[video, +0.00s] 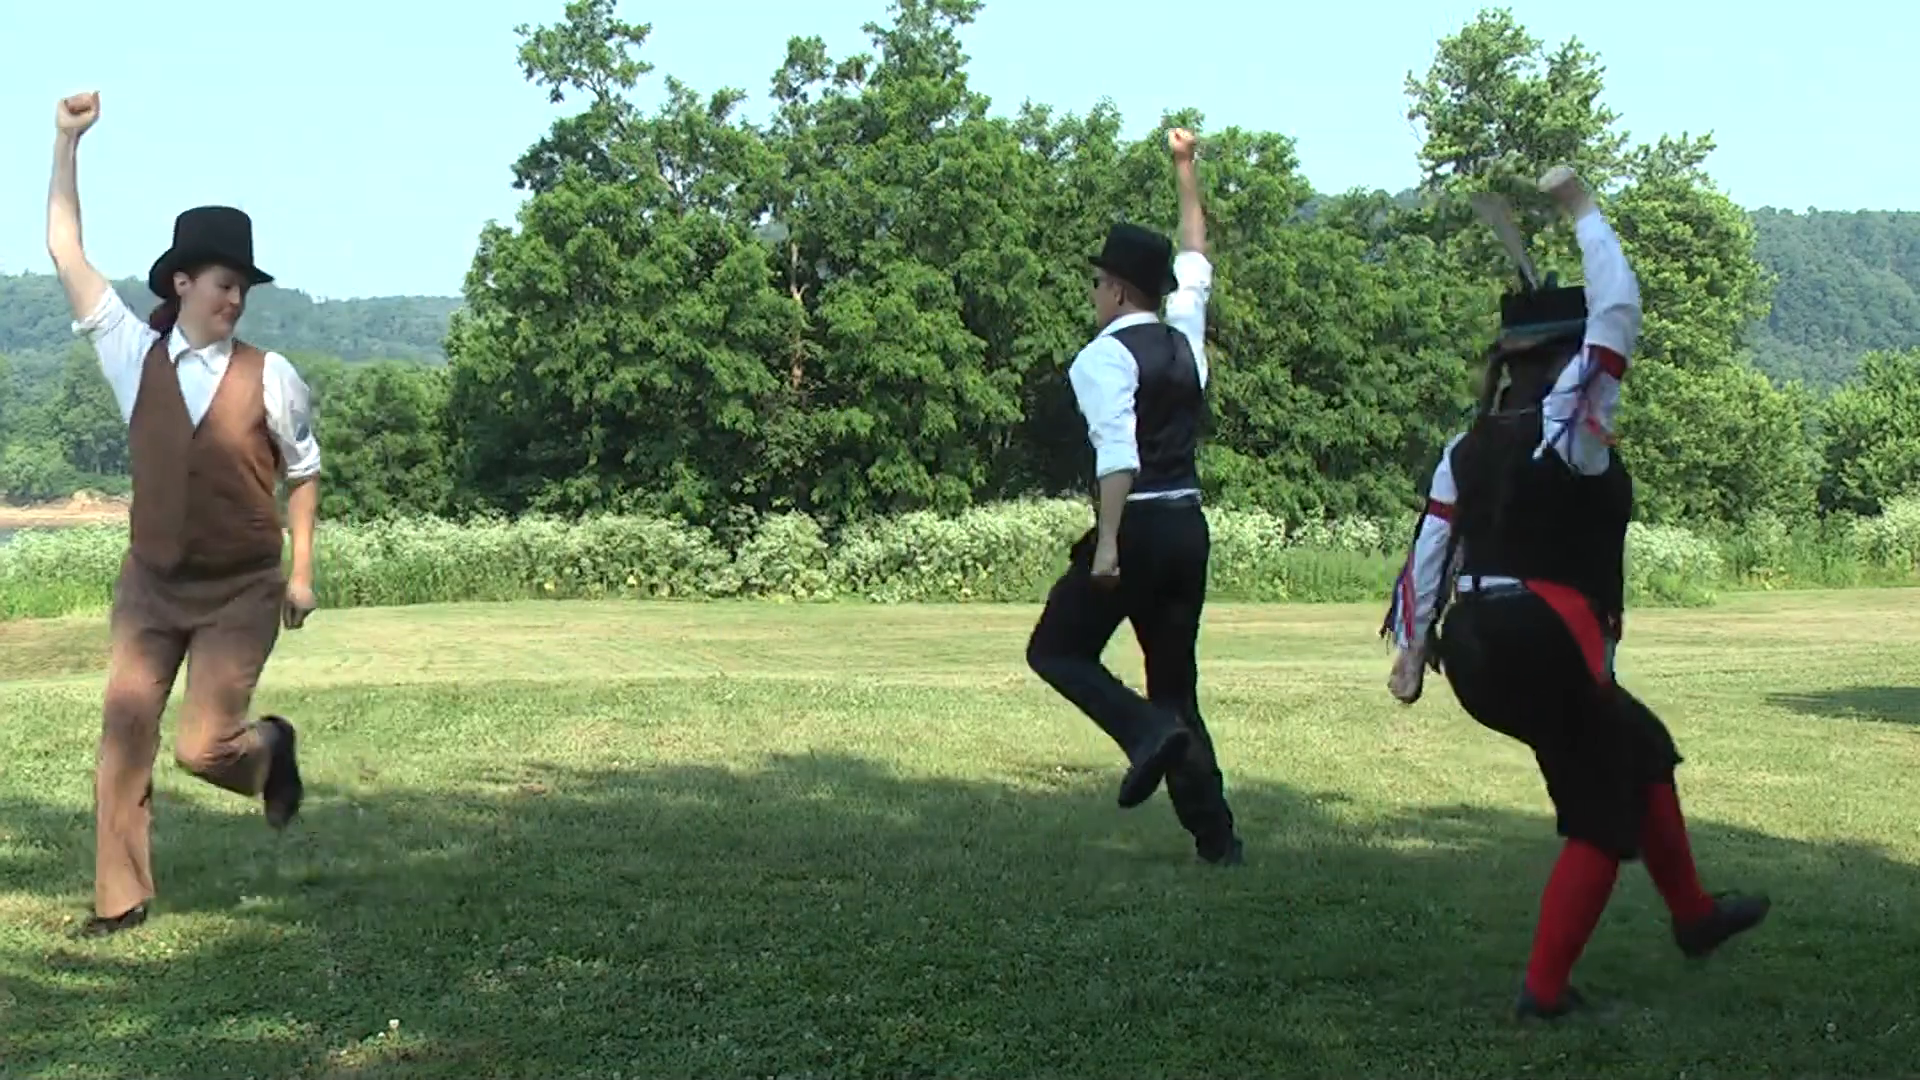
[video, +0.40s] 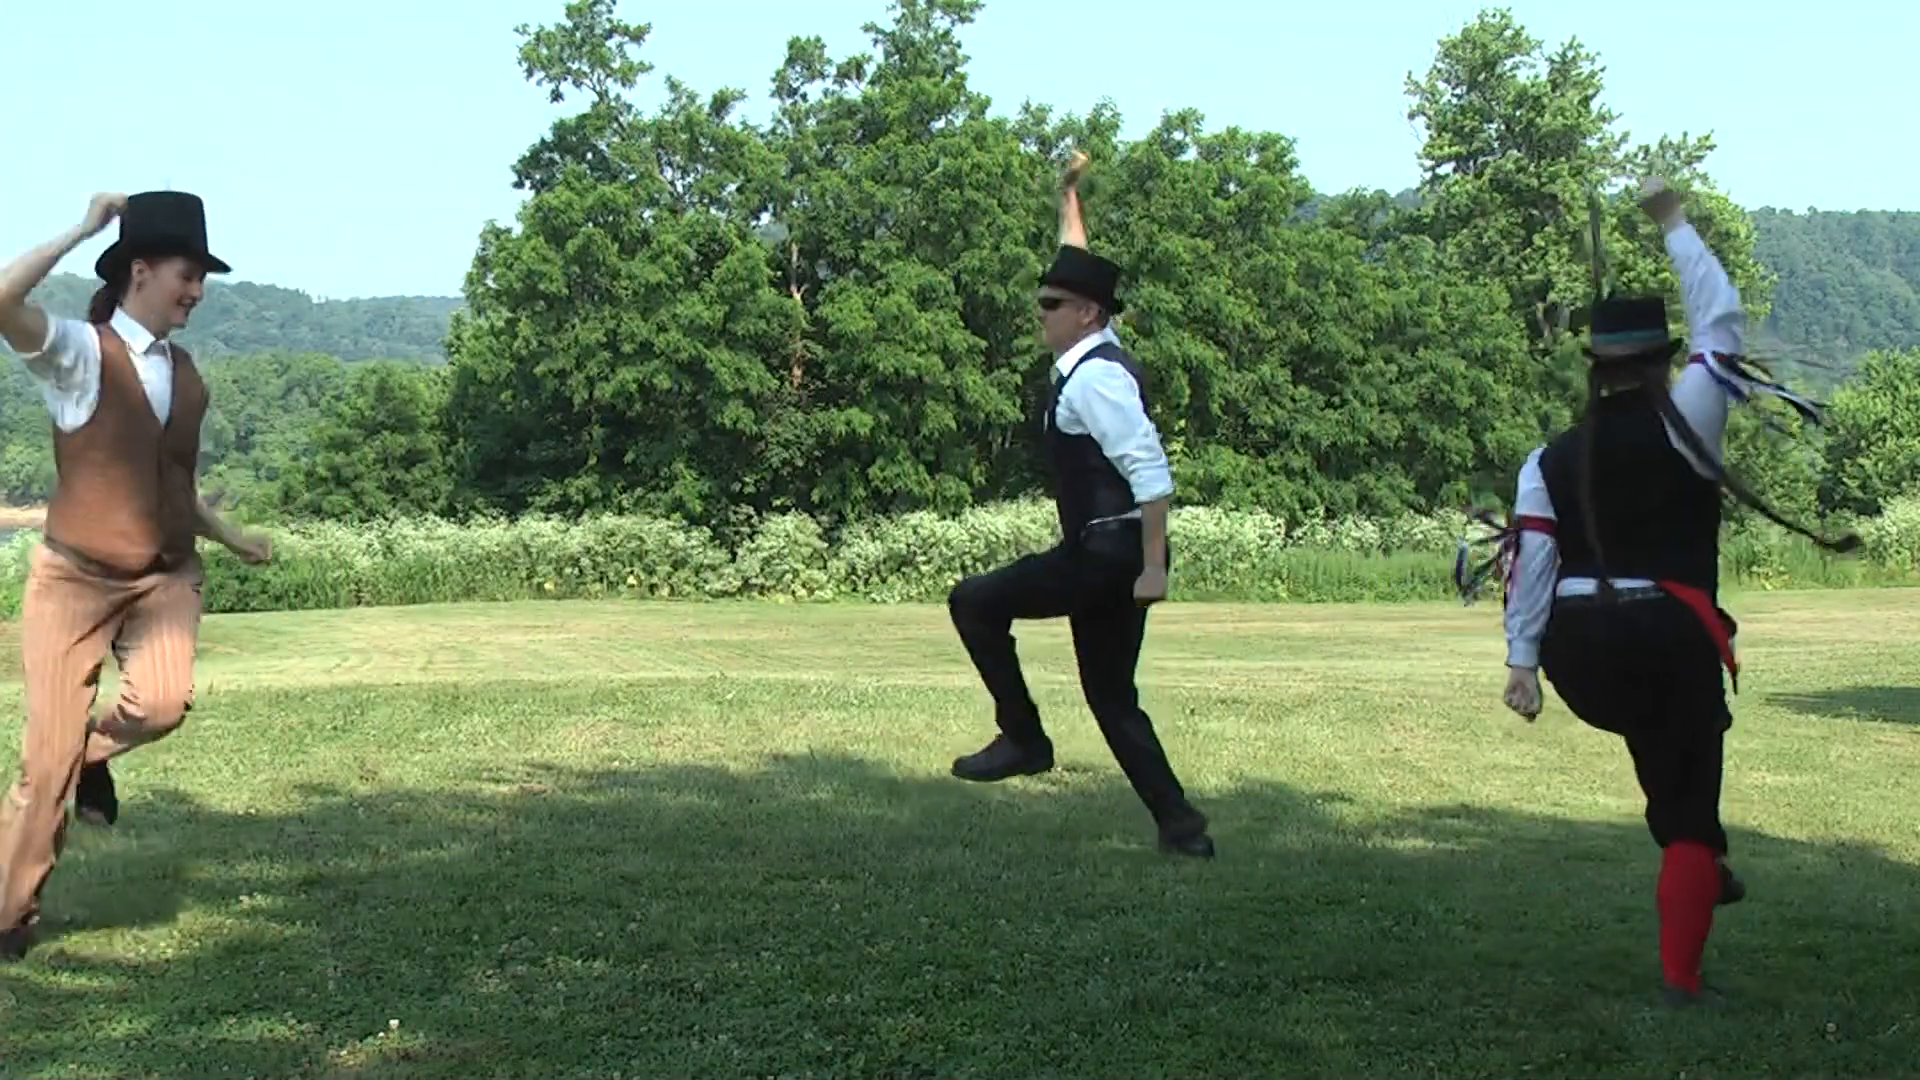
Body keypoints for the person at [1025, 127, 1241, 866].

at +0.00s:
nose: (1094, 292)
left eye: (1099, 282)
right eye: (1098, 280)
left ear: (1118, 289)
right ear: (1155, 290)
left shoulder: (1101, 358)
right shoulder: (1184, 338)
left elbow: (1118, 457)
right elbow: (1193, 260)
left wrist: (1106, 539)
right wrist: (1187, 169)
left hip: (1133, 529)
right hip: (1186, 528)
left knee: (1053, 650)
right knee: (1172, 689)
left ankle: (1144, 731)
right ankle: (1214, 837)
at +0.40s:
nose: (1040, 315)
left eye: (1052, 306)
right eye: (1041, 304)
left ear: (1090, 313)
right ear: (1083, 310)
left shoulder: (1097, 380)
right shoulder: (1089, 362)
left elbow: (1150, 469)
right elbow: (1076, 273)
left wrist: (1155, 563)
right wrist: (1070, 191)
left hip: (1102, 557)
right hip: (1112, 557)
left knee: (974, 603)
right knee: (1111, 695)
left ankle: (1023, 738)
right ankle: (1179, 825)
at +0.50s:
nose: (1016, 321)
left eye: (1028, 312)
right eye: (1016, 310)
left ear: (1064, 318)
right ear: (1052, 316)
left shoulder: (1077, 383)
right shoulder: (1056, 366)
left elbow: (1122, 469)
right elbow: (1026, 280)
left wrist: (1086, 541)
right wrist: (1007, 212)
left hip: (1098, 555)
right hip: (1102, 556)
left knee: (957, 608)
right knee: (1102, 703)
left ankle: (967, 750)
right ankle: (1178, 835)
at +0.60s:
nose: (987, 317)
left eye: (1000, 306)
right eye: (985, 307)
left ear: (1038, 313)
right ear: (992, 314)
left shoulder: (1051, 374)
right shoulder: (1016, 358)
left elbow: (1080, 444)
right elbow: (968, 300)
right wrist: (931, 240)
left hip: (1068, 554)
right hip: (1071, 552)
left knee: (931, 608)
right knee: (1089, 693)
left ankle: (924, 752)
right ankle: (1174, 829)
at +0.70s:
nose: (961, 306)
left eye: (976, 296)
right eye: (959, 295)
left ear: (1014, 303)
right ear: (957, 301)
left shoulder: (1027, 359)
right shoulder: (969, 346)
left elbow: (1031, 397)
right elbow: (917, 332)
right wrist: (861, 299)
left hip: (1028, 545)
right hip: (1019, 543)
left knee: (904, 641)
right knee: (1061, 682)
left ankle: (897, 793)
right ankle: (1157, 807)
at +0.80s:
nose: (934, 303)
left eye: (948, 294)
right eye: (932, 293)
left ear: (984, 306)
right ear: (931, 300)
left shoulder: (991, 376)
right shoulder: (937, 367)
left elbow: (993, 353)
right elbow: (897, 399)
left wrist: (959, 288)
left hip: (982, 548)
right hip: (957, 548)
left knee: (896, 679)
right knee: (997, 687)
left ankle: (883, 837)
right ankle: (1123, 781)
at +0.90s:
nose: (906, 306)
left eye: (919, 298)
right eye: (902, 296)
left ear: (949, 309)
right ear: (897, 305)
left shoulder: (959, 377)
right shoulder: (900, 371)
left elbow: (954, 308)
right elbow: (891, 450)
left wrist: (928, 216)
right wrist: (842, 491)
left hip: (951, 557)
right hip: (912, 556)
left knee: (877, 686)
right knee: (900, 700)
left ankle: (880, 840)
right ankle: (1035, 751)